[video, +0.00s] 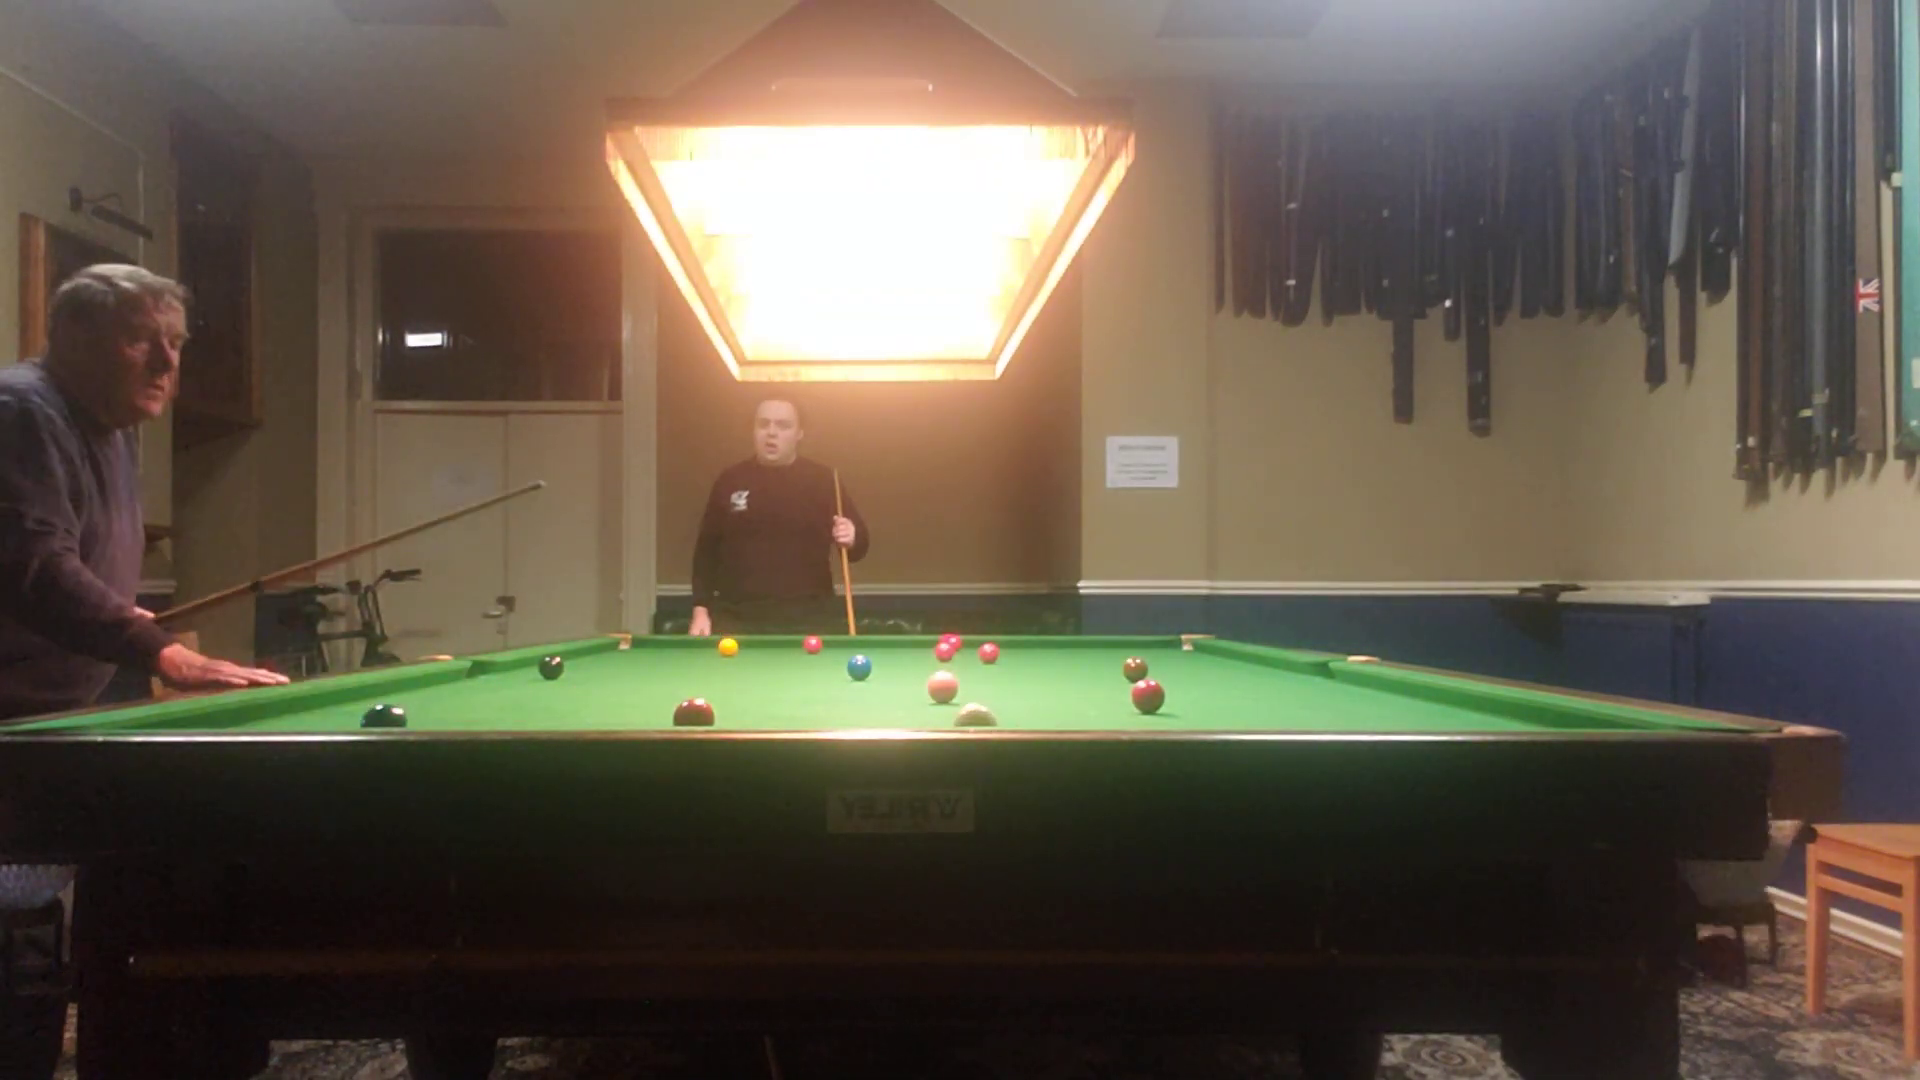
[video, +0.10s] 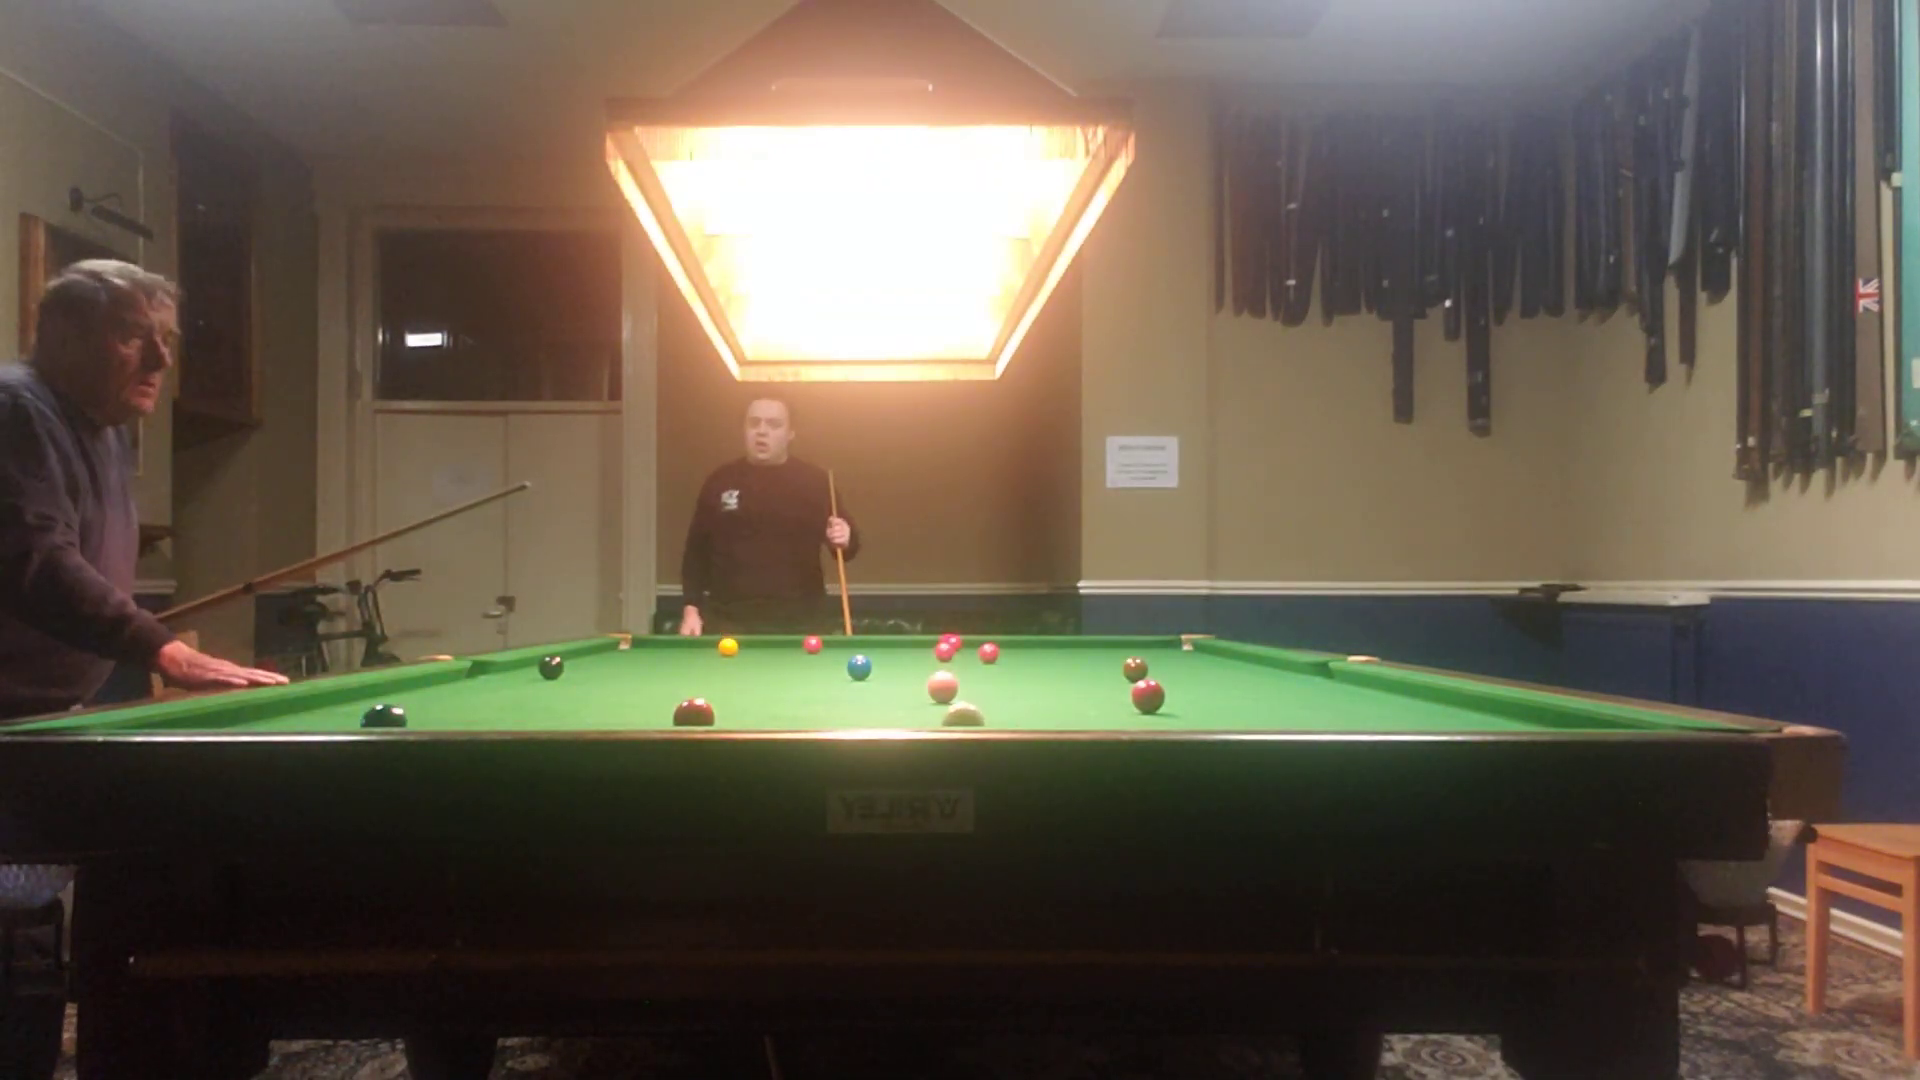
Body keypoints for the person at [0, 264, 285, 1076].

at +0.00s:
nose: (169, 362)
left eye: (176, 345)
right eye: (150, 343)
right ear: (85, 343)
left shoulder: (110, 432)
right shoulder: (22, 410)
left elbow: (100, 580)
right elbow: (31, 564)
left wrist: (160, 657)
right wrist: (160, 648)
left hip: (78, 726)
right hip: (13, 730)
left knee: (58, 929)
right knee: (22, 934)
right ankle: (27, 1064)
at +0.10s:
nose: (157, 362)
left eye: (162, 347)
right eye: (139, 342)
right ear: (71, 339)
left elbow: (99, 569)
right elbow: (35, 561)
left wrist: (147, 656)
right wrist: (164, 649)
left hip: (79, 720)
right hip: (16, 723)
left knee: (62, 917)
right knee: (25, 922)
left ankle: (61, 1055)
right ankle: (31, 1060)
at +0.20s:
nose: (158, 356)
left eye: (159, 336)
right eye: (130, 333)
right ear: (59, 338)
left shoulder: (90, 423)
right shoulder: (13, 410)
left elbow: (92, 565)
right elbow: (36, 564)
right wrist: (168, 655)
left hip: (58, 712)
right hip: (9, 719)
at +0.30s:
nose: (151, 350)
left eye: (151, 329)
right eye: (124, 326)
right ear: (51, 333)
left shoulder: (74, 423)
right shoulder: (10, 411)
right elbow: (27, 564)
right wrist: (160, 655)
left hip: (53, 713)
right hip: (8, 721)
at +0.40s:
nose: (137, 341)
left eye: (136, 322)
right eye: (112, 319)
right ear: (38, 324)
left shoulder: (63, 422)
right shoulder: (10, 413)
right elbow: (21, 567)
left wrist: (109, 611)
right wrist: (154, 656)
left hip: (54, 710)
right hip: (12, 719)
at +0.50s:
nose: (124, 336)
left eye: (124, 318)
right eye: (103, 312)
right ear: (26, 316)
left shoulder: (46, 417)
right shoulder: (8, 410)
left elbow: (61, 574)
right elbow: (16, 561)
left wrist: (161, 658)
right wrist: (149, 654)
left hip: (48, 719)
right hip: (14, 723)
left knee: (30, 916)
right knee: (16, 919)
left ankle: (29, 1054)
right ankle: (23, 1058)